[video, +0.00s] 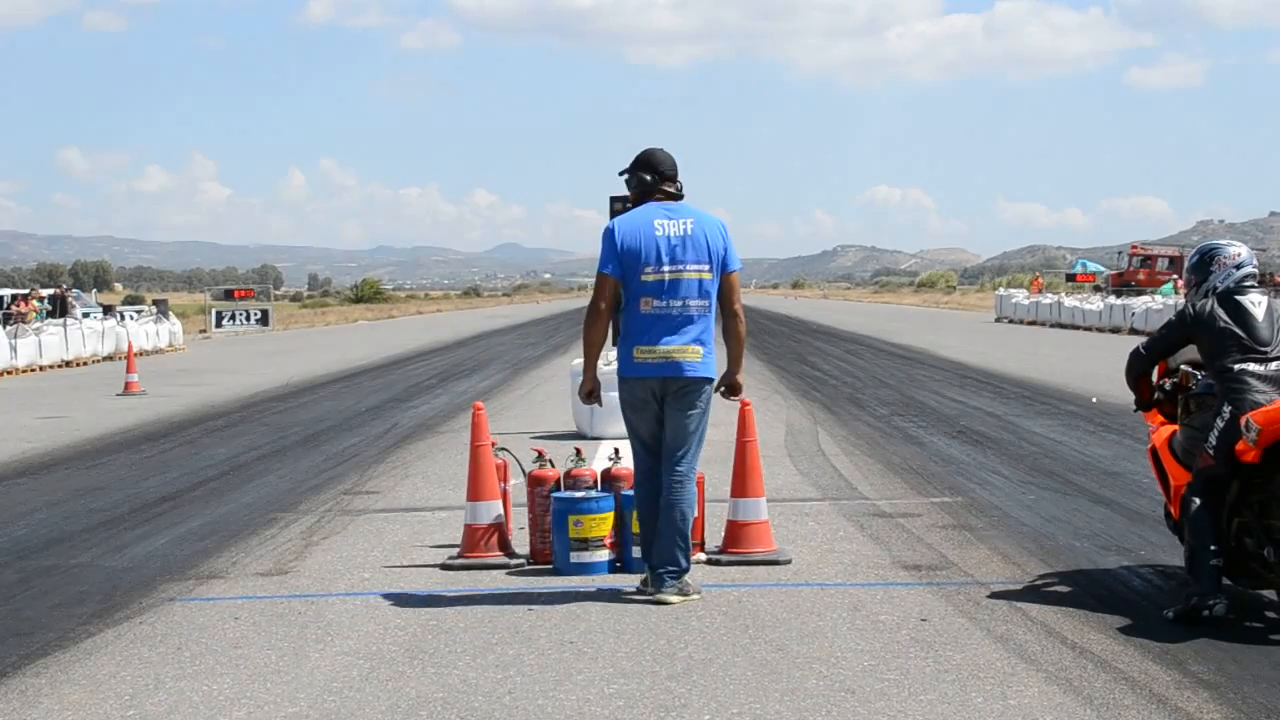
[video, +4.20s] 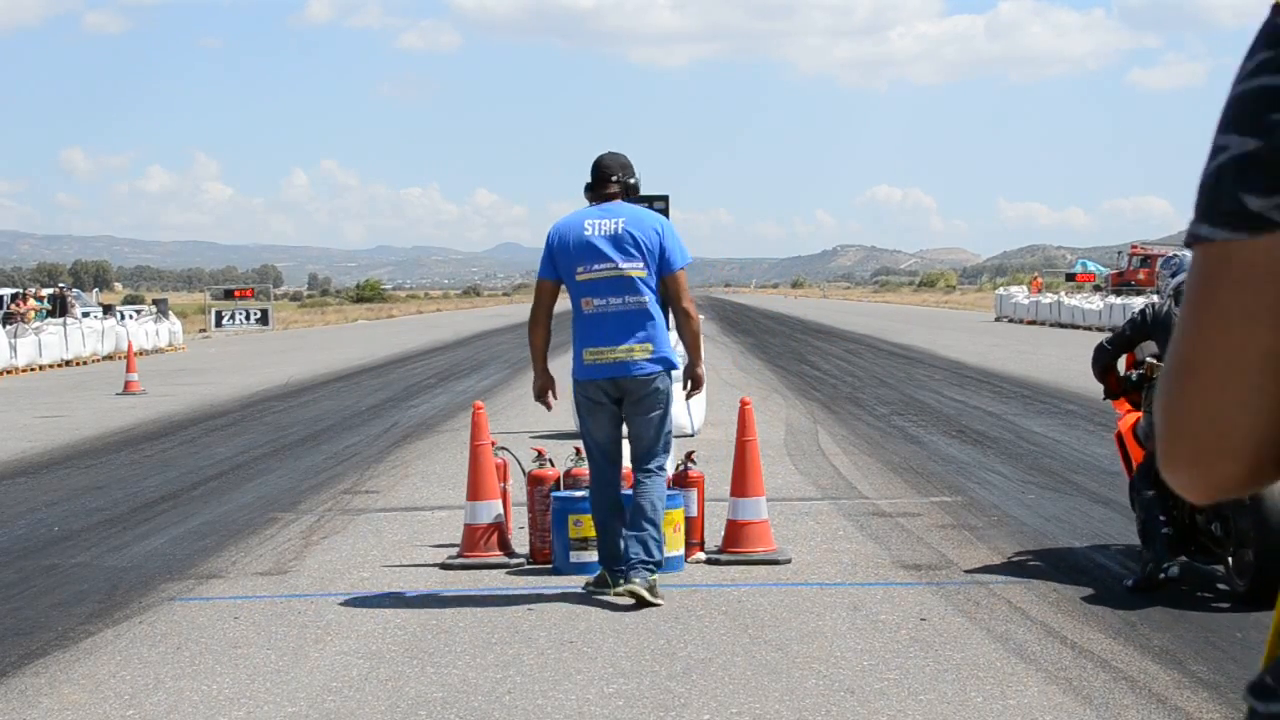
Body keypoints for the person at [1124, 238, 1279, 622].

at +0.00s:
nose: (1188, 287)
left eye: (1191, 279)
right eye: (1188, 280)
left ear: (1206, 276)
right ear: (1244, 268)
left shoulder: (1201, 310)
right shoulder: (1271, 302)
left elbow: (1140, 358)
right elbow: (1258, 352)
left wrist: (1147, 397)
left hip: (1244, 406)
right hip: (1279, 401)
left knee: (1199, 493)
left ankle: (1206, 594)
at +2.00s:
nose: (1187, 288)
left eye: (1191, 280)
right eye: (1188, 281)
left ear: (1206, 276)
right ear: (1245, 268)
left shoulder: (1200, 309)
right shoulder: (1273, 303)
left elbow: (1139, 357)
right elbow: (1260, 353)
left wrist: (1148, 397)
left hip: (1244, 404)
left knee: (1199, 494)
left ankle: (1206, 592)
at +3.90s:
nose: (1163, 283)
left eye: (1164, 277)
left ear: (1169, 278)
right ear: (1213, 276)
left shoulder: (1158, 312)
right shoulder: (1238, 310)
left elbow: (1101, 354)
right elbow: (1271, 344)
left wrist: (1109, 380)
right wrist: (1253, 370)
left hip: (1199, 399)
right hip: (1251, 391)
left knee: (1158, 477)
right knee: (1267, 464)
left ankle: (1164, 559)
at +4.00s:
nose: (1162, 286)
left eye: (1164, 280)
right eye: (1163, 280)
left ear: (1172, 279)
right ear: (1212, 276)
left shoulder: (1162, 311)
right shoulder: (1241, 311)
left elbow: (1107, 351)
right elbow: (1250, 350)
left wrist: (1111, 380)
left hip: (1199, 402)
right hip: (1244, 400)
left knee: (1149, 478)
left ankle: (1165, 546)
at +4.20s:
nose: (1160, 289)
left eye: (1160, 282)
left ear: (1166, 282)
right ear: (1198, 280)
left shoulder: (1157, 314)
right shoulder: (1222, 312)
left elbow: (1104, 353)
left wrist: (1116, 386)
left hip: (1169, 425)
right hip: (1223, 419)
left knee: (1144, 482)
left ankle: (1155, 559)